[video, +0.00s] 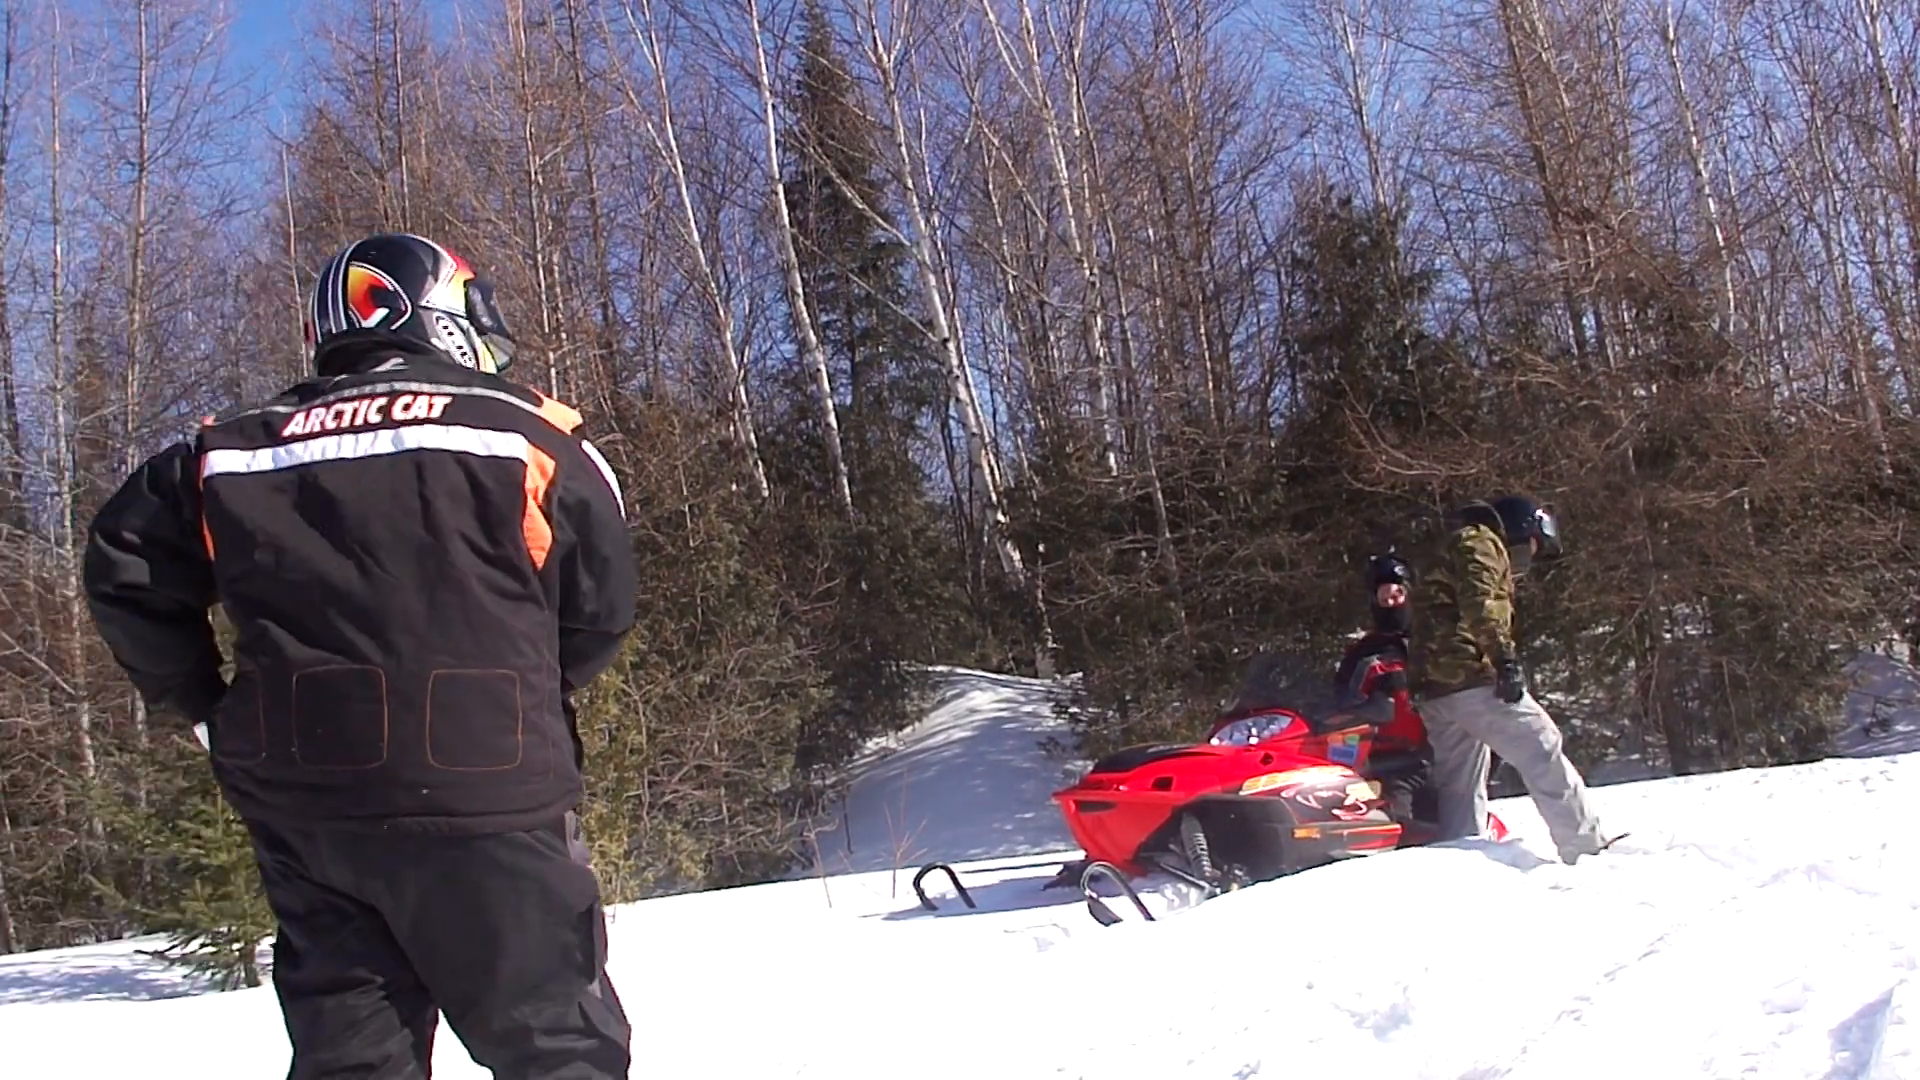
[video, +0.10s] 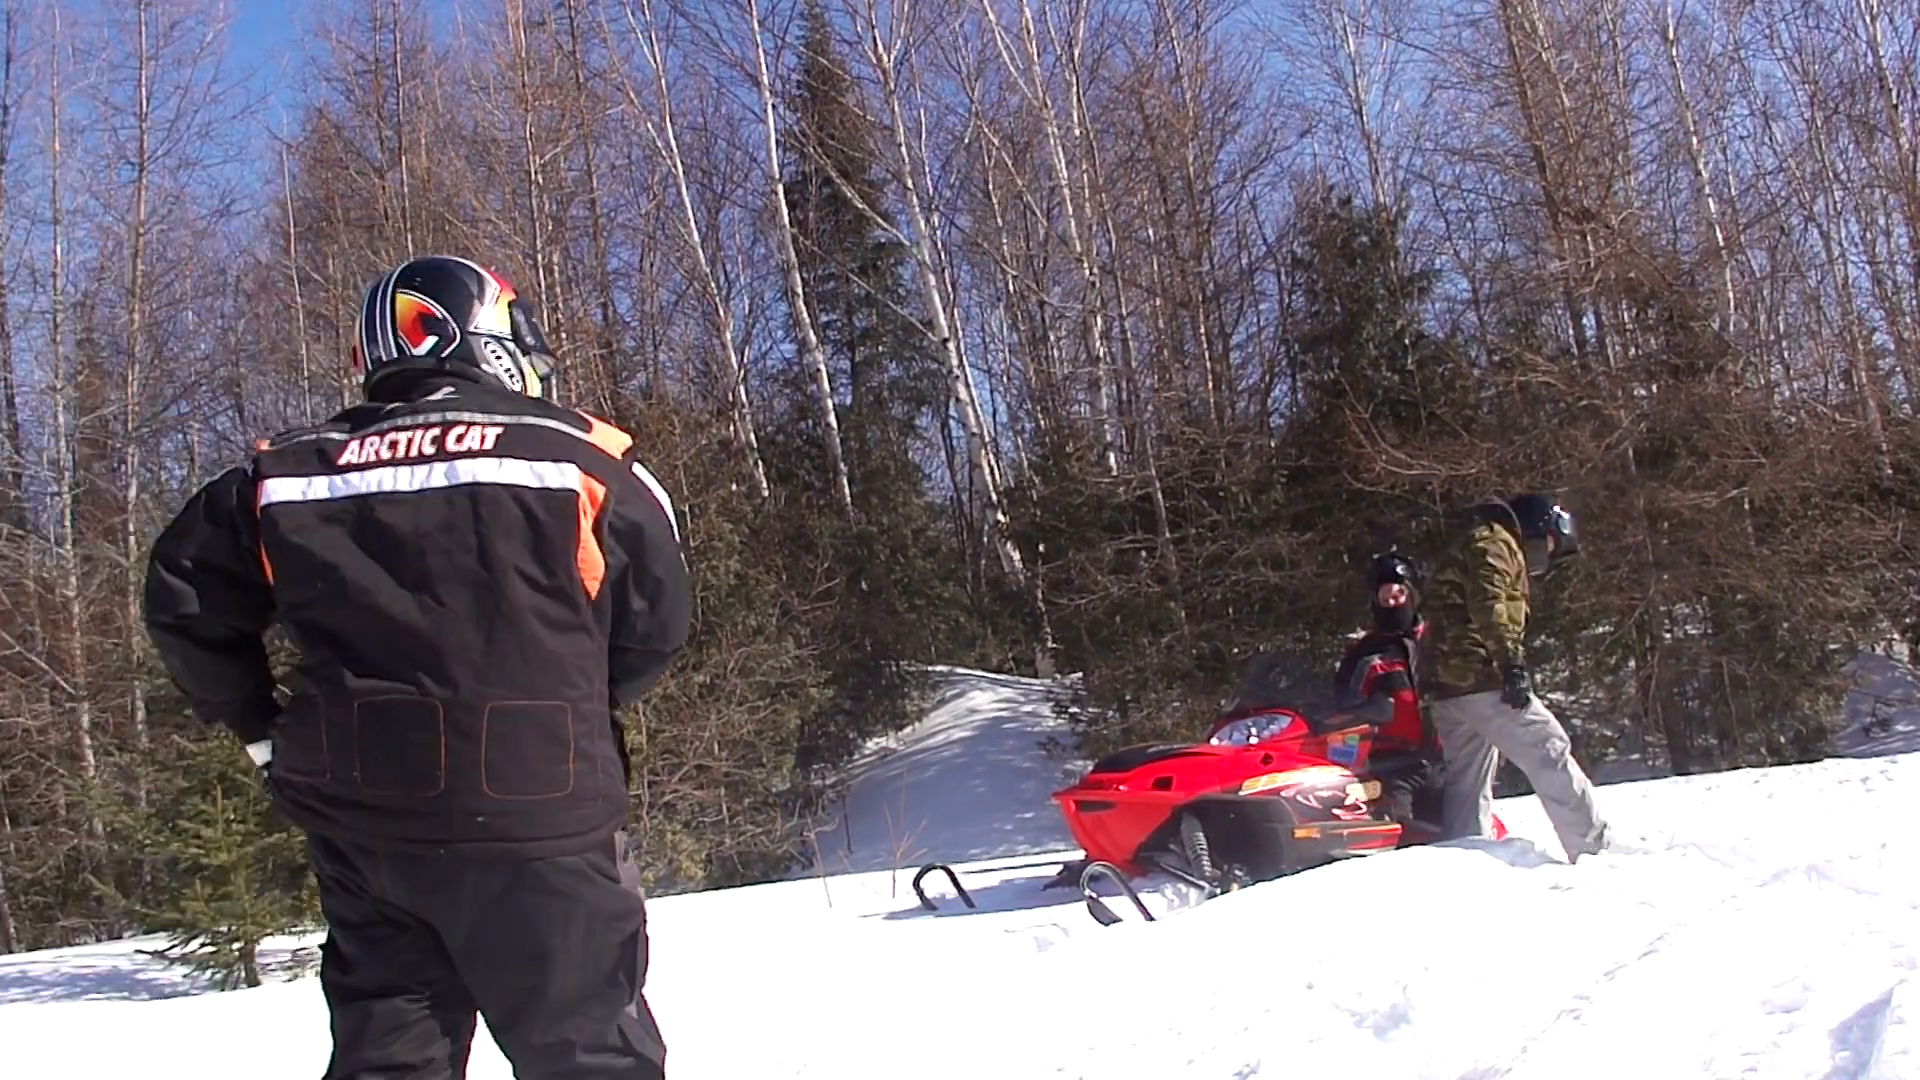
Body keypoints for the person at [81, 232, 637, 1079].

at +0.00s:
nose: (494, 337)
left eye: (488, 317)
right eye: (481, 316)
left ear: (326, 330)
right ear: (454, 320)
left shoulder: (226, 446)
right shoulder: (536, 438)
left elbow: (121, 563)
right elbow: (602, 611)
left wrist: (207, 704)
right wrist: (524, 685)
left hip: (305, 824)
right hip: (489, 814)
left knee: (348, 1055)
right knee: (558, 1048)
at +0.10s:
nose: (539, 358)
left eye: (532, 339)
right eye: (527, 338)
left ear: (374, 355)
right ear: (501, 343)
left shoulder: (284, 468)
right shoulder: (585, 455)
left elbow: (183, 593)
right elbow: (656, 624)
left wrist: (262, 726)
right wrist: (576, 696)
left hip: (359, 829)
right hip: (537, 828)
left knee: (387, 1042)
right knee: (590, 1048)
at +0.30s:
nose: (624, 372)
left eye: (617, 355)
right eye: (614, 355)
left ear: (474, 372)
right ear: (594, 362)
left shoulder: (382, 494)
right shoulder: (679, 477)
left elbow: (314, 632)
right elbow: (733, 635)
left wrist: (390, 754)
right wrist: (643, 698)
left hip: (467, 835)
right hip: (638, 826)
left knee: (514, 1035)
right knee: (663, 1047)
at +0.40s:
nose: (647, 371)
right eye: (637, 357)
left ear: (502, 376)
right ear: (620, 362)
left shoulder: (424, 490)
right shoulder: (710, 473)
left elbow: (355, 631)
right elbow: (759, 624)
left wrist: (433, 745)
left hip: (512, 824)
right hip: (671, 818)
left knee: (568, 1006)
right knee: (665, 1033)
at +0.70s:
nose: (710, 400)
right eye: (701, 387)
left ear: (581, 406)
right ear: (687, 392)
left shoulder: (514, 518)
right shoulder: (774, 490)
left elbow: (456, 650)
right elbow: (825, 627)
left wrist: (520, 763)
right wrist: (752, 687)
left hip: (593, 813)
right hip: (740, 798)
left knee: (663, 1010)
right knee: (749, 1012)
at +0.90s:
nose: (758, 416)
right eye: (749, 404)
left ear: (642, 419)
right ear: (740, 410)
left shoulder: (579, 523)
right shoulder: (802, 486)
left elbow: (505, 626)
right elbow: (881, 613)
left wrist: (570, 734)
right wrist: (826, 697)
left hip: (641, 794)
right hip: (788, 778)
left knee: (698, 978)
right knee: (847, 941)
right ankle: (835, 1069)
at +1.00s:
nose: (796, 428)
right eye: (787, 417)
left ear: (680, 429)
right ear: (774, 420)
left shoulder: (617, 526)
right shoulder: (831, 489)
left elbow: (543, 622)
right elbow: (908, 599)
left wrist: (602, 729)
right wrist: (863, 691)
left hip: (672, 787)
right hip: (812, 777)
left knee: (707, 980)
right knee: (852, 969)